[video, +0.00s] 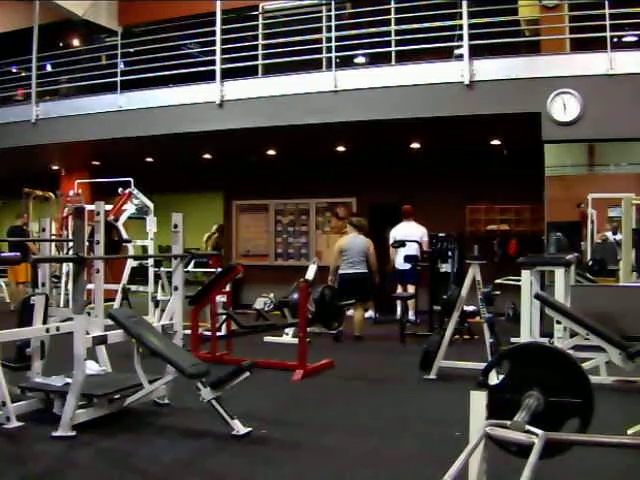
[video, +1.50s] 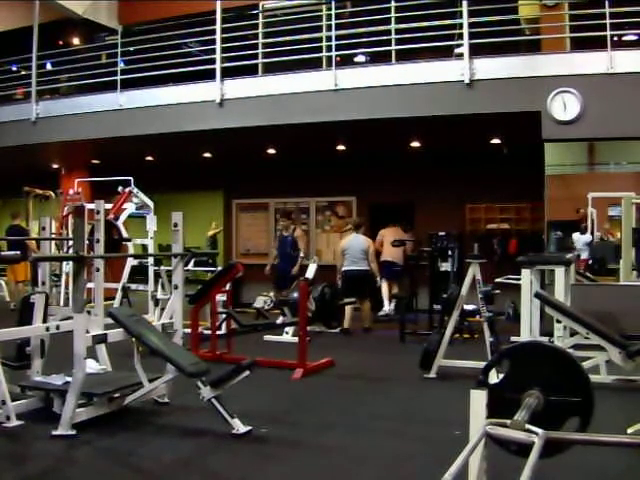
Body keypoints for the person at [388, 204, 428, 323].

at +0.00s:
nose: (408, 217)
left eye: (406, 215)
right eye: (410, 215)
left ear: (402, 215)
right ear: (413, 215)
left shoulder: (394, 230)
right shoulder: (421, 229)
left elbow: (392, 248)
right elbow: (425, 248)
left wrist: (392, 260)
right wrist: (424, 259)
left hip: (399, 260)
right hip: (414, 260)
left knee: (399, 285)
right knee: (411, 286)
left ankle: (398, 312)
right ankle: (411, 314)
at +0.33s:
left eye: (402, 217)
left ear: (400, 217)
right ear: (411, 216)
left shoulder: (395, 230)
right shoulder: (420, 230)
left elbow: (391, 249)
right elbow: (424, 247)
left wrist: (389, 264)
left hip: (399, 261)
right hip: (413, 261)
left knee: (398, 285)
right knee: (412, 286)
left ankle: (397, 310)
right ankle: (412, 312)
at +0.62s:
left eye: (397, 216)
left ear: (395, 216)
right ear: (406, 216)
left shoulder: (389, 230)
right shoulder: (414, 230)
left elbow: (385, 249)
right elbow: (416, 248)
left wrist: (383, 262)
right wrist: (414, 257)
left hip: (394, 262)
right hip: (408, 261)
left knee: (396, 284)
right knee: (410, 283)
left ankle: (397, 310)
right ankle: (412, 302)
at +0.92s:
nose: (397, 220)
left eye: (395, 217)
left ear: (393, 217)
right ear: (403, 217)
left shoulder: (386, 230)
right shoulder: (410, 231)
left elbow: (381, 247)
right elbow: (413, 249)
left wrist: (388, 252)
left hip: (391, 261)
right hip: (405, 262)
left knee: (394, 286)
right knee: (405, 284)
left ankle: (397, 311)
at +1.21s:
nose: (396, 222)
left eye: (395, 220)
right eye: (398, 220)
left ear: (393, 220)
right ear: (402, 221)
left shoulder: (384, 230)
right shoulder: (408, 234)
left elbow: (378, 246)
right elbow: (411, 249)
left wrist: (386, 250)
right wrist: (403, 252)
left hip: (388, 261)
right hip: (401, 263)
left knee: (389, 283)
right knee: (397, 284)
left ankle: (394, 303)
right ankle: (393, 305)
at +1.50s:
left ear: (390, 223)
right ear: (400, 224)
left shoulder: (383, 232)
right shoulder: (404, 234)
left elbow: (377, 245)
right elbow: (409, 248)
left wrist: (384, 251)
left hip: (386, 258)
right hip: (399, 260)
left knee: (384, 281)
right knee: (395, 283)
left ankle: (386, 306)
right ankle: (392, 305)